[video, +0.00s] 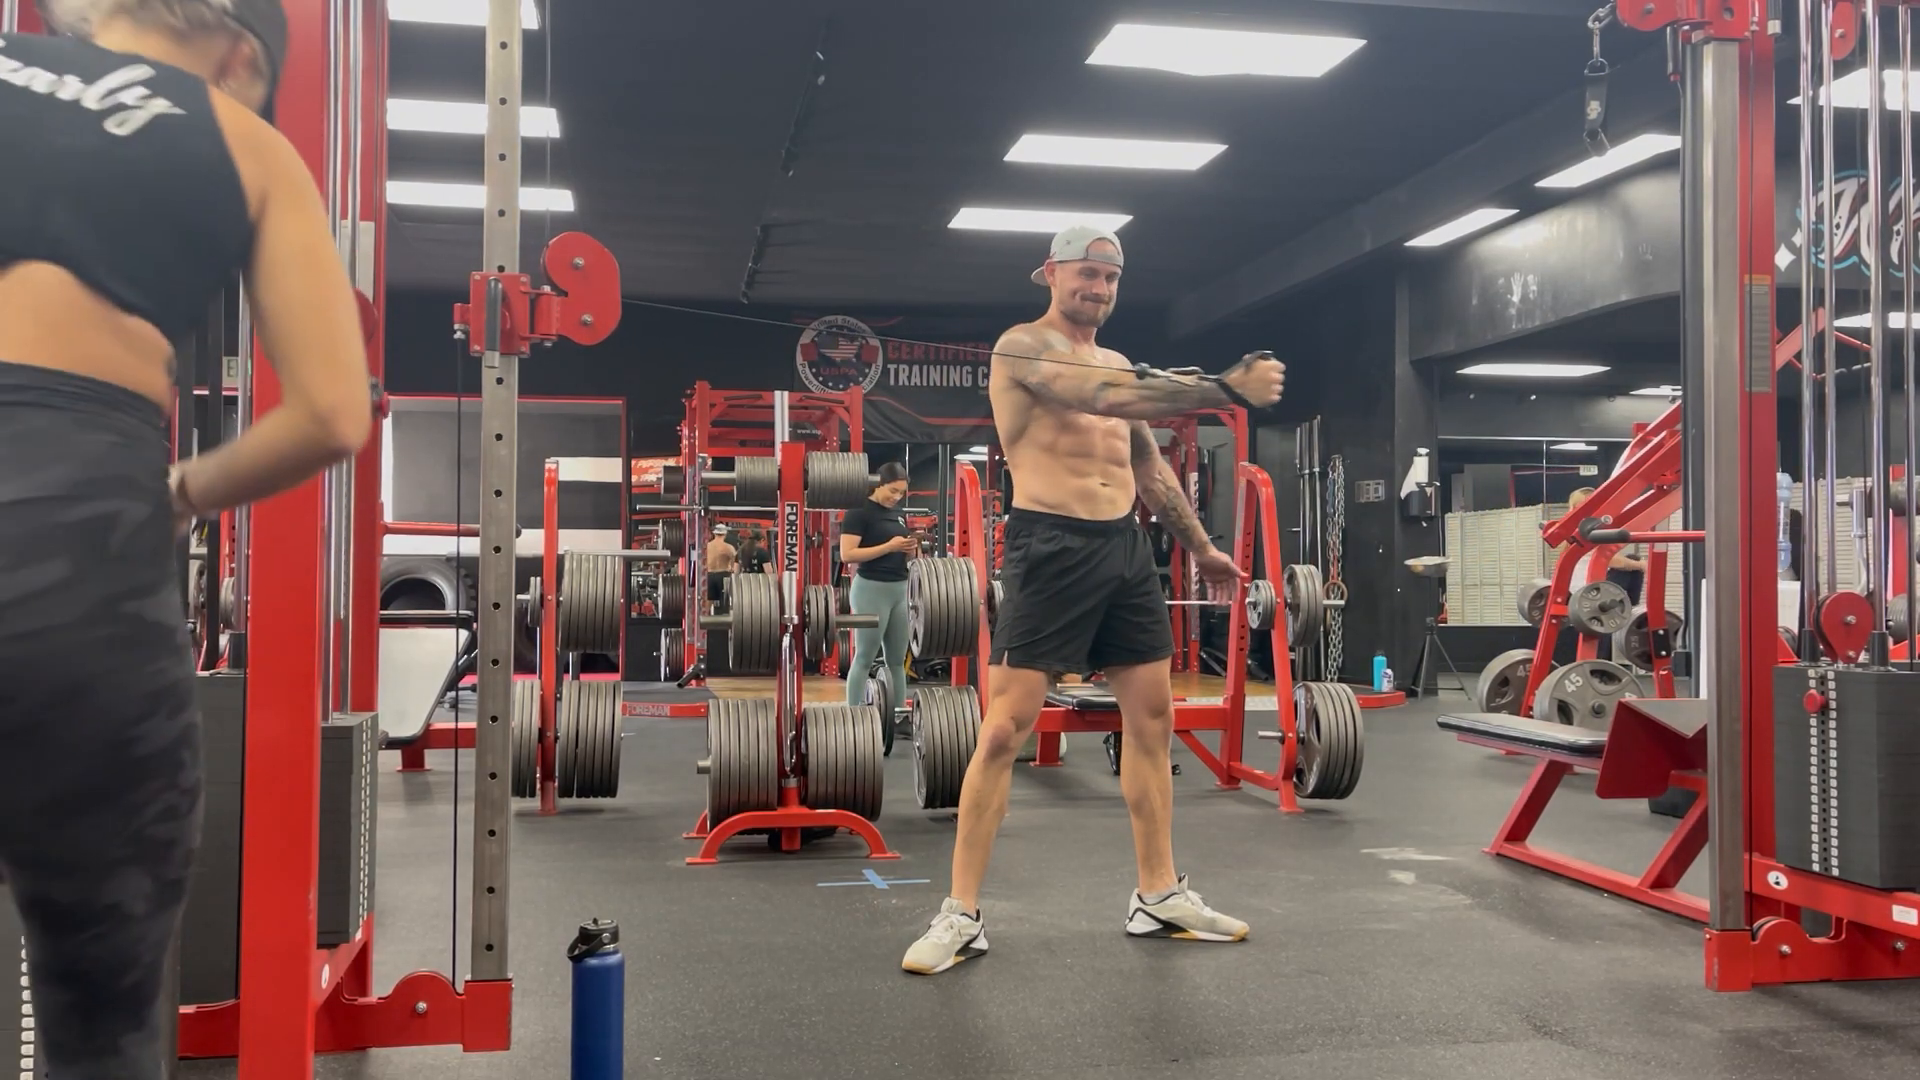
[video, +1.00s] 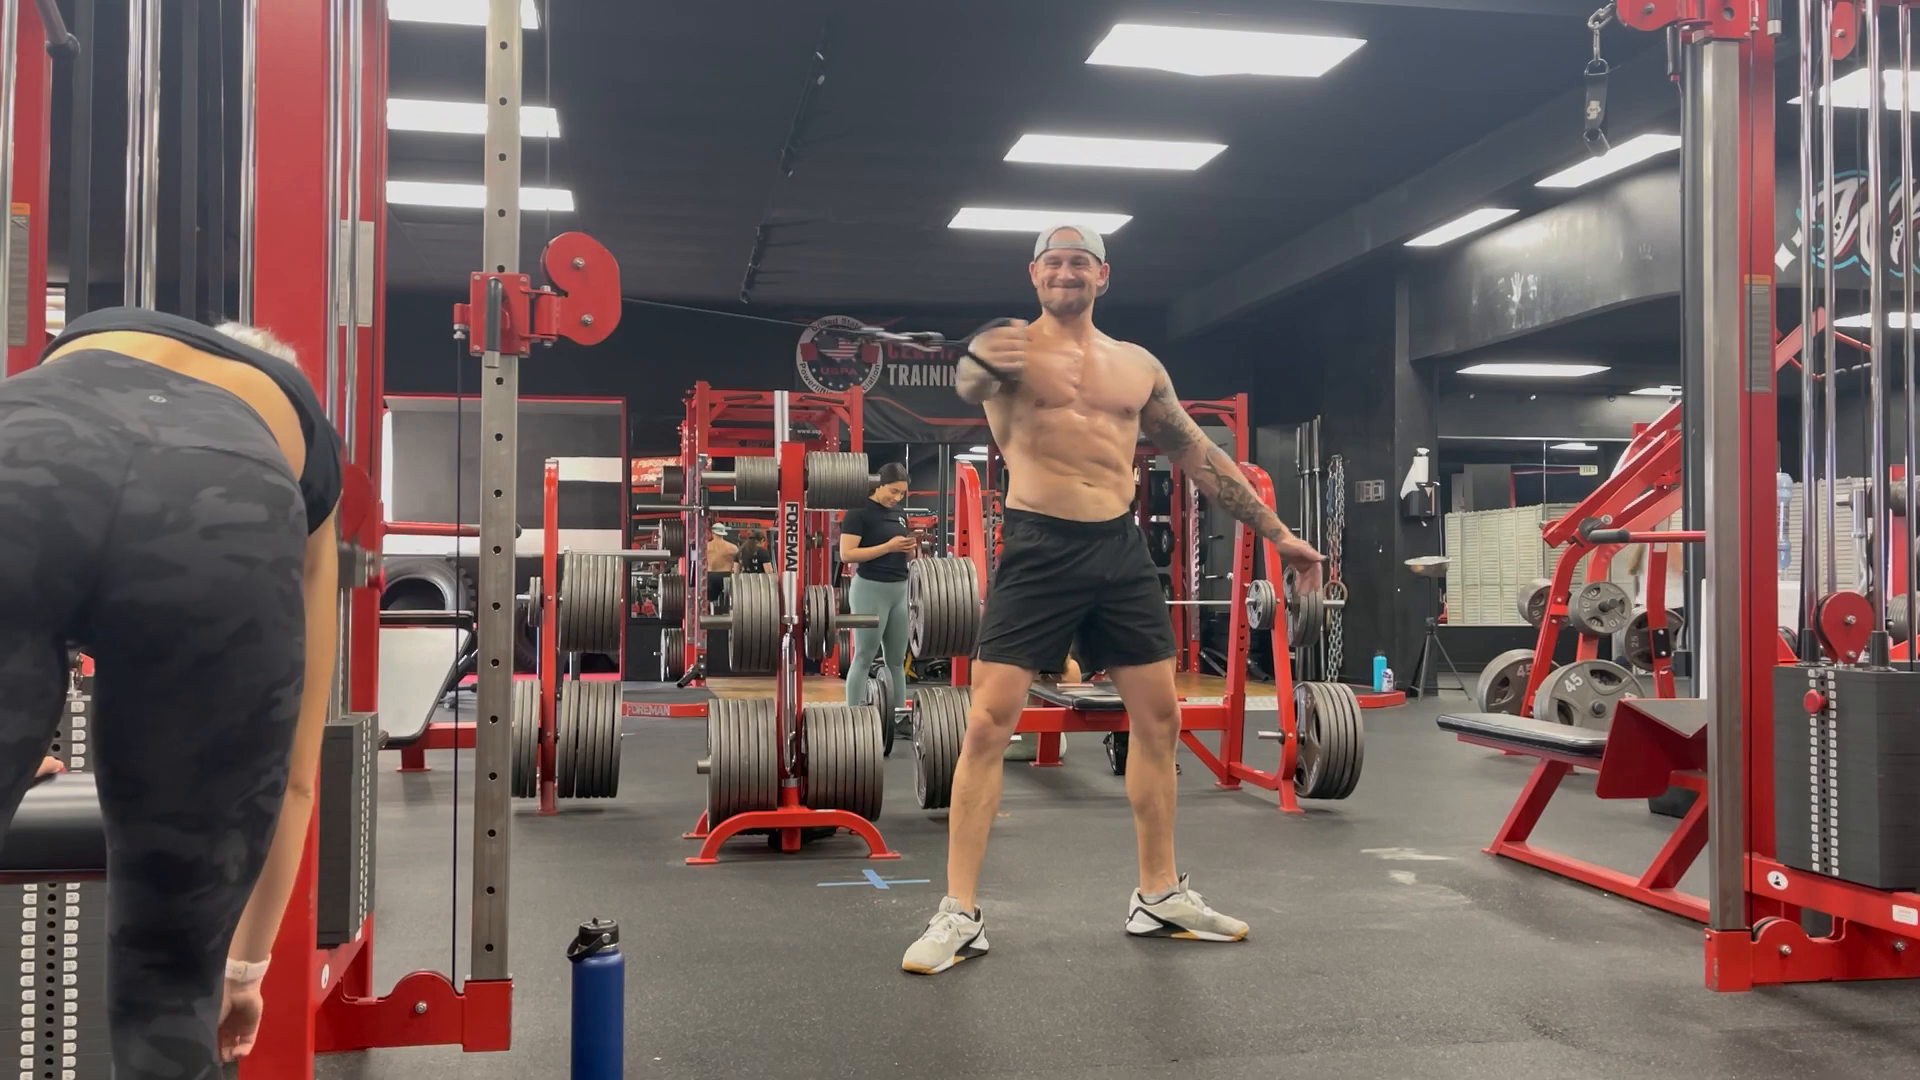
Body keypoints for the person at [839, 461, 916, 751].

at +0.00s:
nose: (898, 497)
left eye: (901, 493)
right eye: (894, 491)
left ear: (903, 491)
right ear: (879, 485)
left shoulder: (895, 515)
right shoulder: (858, 513)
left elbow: (900, 555)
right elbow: (846, 554)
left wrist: (911, 548)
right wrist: (889, 547)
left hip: (898, 590)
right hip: (870, 589)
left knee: (897, 660)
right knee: (865, 657)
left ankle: (901, 715)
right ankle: (853, 716)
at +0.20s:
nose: (898, 497)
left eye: (902, 493)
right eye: (894, 491)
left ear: (903, 491)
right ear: (879, 485)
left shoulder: (895, 515)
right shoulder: (858, 514)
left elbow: (901, 556)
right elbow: (846, 554)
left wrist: (911, 548)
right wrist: (889, 547)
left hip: (898, 590)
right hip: (870, 589)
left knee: (896, 660)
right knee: (864, 658)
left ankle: (901, 715)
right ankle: (853, 716)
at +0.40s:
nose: (898, 497)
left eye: (901, 493)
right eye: (894, 491)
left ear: (903, 491)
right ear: (879, 485)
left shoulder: (895, 515)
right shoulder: (858, 514)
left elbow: (902, 556)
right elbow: (846, 554)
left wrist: (911, 548)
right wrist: (888, 548)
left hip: (898, 590)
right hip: (870, 590)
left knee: (896, 661)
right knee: (865, 657)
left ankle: (901, 716)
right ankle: (853, 716)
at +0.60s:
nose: (897, 498)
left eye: (901, 493)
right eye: (893, 492)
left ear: (904, 491)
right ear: (879, 485)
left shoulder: (895, 514)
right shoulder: (858, 513)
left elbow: (898, 556)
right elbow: (846, 554)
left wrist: (910, 548)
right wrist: (887, 548)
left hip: (898, 590)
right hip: (870, 590)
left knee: (897, 661)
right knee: (864, 659)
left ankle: (900, 716)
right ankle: (853, 719)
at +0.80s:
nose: (897, 498)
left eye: (901, 494)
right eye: (893, 492)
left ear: (905, 491)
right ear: (880, 485)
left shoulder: (896, 515)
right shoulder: (858, 514)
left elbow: (897, 555)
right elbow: (846, 554)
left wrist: (910, 549)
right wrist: (887, 547)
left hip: (898, 590)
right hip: (870, 590)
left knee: (896, 661)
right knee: (864, 658)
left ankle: (900, 717)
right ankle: (853, 716)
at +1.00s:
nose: (898, 498)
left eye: (902, 493)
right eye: (894, 491)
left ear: (905, 490)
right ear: (880, 484)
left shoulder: (898, 513)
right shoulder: (858, 513)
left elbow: (905, 557)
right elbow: (846, 553)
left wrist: (910, 548)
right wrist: (887, 547)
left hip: (899, 591)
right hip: (870, 590)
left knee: (896, 661)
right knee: (864, 657)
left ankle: (900, 719)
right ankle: (852, 718)